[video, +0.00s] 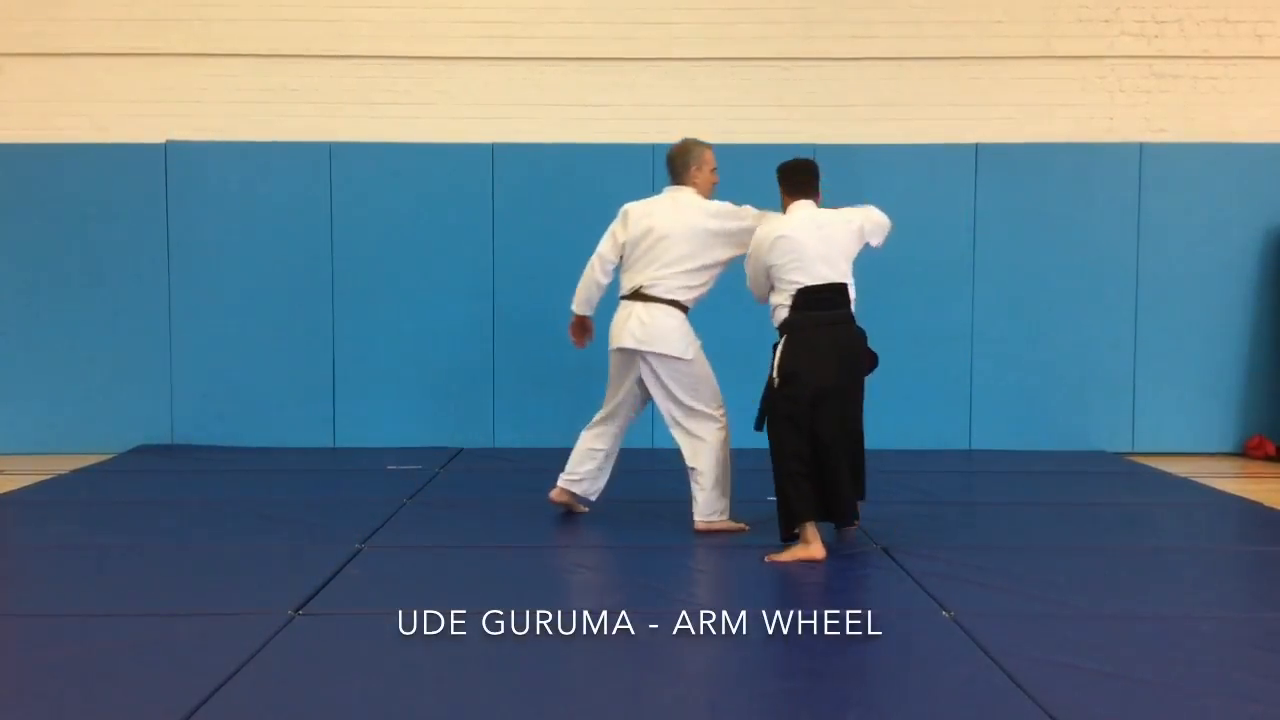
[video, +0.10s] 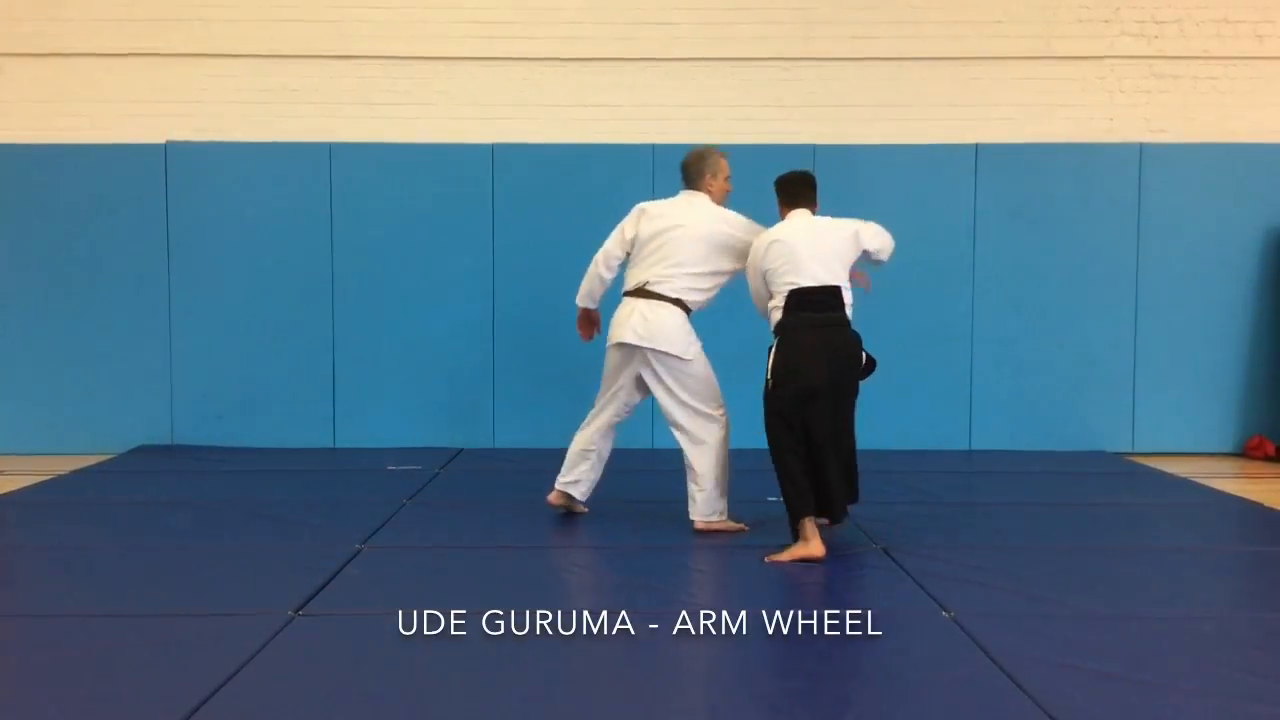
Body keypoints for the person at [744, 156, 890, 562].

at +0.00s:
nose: (783, 197)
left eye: (780, 192)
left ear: (781, 193)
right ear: (818, 193)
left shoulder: (768, 233)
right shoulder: (846, 221)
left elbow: (759, 291)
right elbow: (881, 222)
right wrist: (848, 212)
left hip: (799, 340)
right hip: (844, 337)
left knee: (789, 433)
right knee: (842, 427)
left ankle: (809, 538)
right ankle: (847, 515)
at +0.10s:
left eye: (780, 204)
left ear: (779, 205)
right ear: (815, 201)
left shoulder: (763, 244)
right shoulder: (843, 228)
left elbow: (763, 300)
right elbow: (884, 245)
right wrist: (858, 263)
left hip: (793, 344)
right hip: (839, 341)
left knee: (784, 434)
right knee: (833, 427)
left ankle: (809, 536)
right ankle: (830, 509)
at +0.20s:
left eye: (785, 213)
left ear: (783, 213)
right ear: (818, 211)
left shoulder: (765, 251)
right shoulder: (844, 238)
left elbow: (765, 311)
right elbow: (881, 264)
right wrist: (848, 276)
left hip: (788, 344)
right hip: (834, 340)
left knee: (779, 431)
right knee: (826, 426)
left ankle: (798, 517)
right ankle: (828, 510)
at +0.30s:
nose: (816, 215)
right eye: (821, 210)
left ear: (787, 212)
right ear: (821, 210)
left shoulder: (767, 251)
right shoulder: (840, 237)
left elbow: (767, 308)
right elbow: (878, 257)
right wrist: (843, 243)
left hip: (780, 337)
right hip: (825, 335)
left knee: (777, 416)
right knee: (824, 422)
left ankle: (778, 479)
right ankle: (827, 508)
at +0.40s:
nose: (820, 210)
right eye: (821, 206)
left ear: (785, 206)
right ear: (818, 207)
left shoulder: (764, 240)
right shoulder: (832, 232)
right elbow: (863, 224)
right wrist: (827, 221)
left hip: (768, 337)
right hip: (812, 338)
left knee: (769, 407)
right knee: (819, 420)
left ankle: (774, 470)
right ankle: (824, 508)